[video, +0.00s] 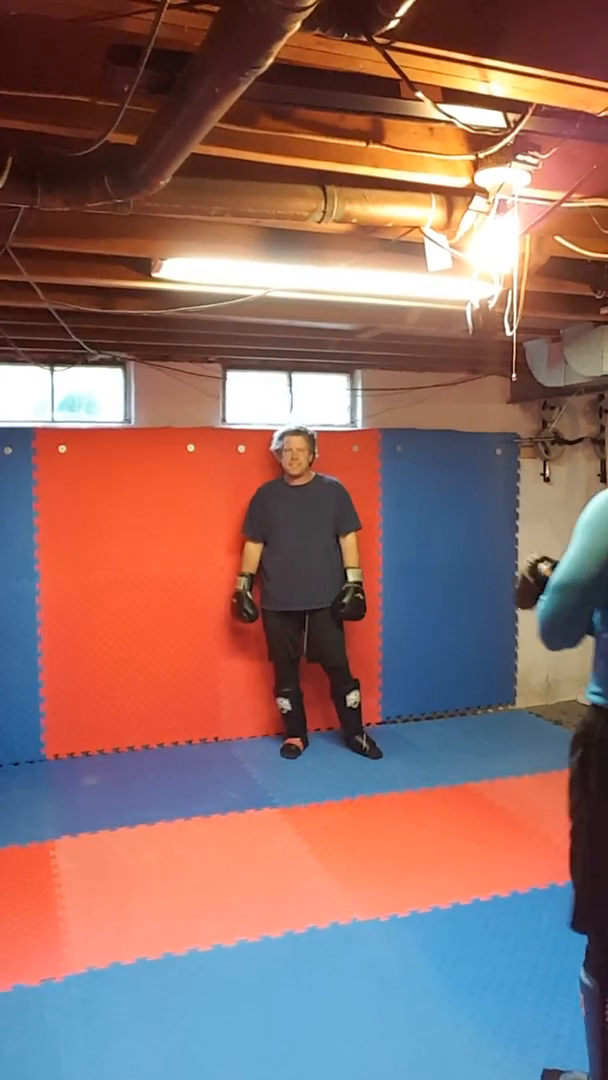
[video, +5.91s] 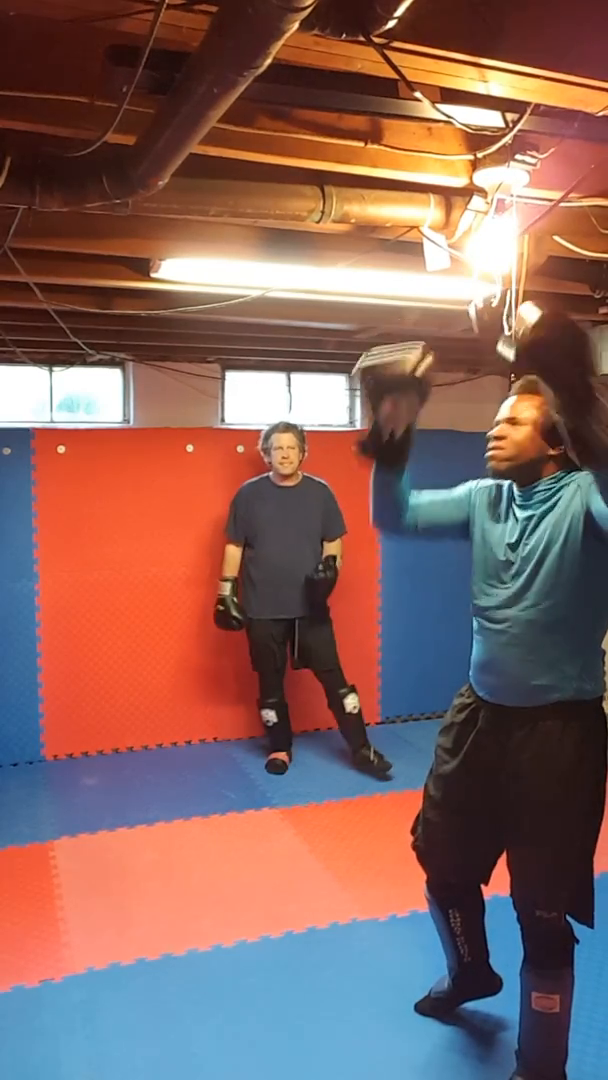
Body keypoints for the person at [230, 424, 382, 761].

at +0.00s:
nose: (292, 456)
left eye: (299, 451)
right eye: (287, 451)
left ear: (313, 455)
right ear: (280, 456)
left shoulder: (332, 491)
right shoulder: (266, 496)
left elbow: (348, 538)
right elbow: (254, 542)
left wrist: (354, 583)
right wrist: (243, 586)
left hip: (325, 598)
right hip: (279, 601)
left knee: (339, 668)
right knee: (285, 670)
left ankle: (355, 733)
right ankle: (294, 735)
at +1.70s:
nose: (345, 456)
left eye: (350, 450)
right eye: (338, 449)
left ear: (357, 454)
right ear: (326, 451)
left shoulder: (371, 490)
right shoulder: (304, 492)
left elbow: (384, 537)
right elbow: (293, 541)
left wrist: (395, 581)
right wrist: (287, 587)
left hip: (362, 598)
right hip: (316, 598)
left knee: (358, 667)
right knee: (308, 668)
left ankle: (354, 735)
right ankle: (298, 735)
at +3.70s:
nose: (365, 459)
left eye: (370, 453)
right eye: (358, 452)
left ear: (377, 456)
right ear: (344, 455)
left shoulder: (391, 492)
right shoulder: (325, 493)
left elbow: (404, 540)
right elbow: (313, 543)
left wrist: (411, 584)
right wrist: (307, 587)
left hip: (379, 598)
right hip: (338, 597)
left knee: (369, 668)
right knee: (342, 667)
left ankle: (358, 734)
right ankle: (332, 737)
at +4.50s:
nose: (321, 457)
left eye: (327, 451)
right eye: (314, 451)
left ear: (337, 454)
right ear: (304, 454)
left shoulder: (355, 491)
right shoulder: (287, 495)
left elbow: (371, 541)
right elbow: (275, 545)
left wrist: (383, 588)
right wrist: (265, 592)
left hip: (346, 603)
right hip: (297, 602)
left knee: (350, 672)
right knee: (290, 676)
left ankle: (353, 736)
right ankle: (282, 748)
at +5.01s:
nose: (282, 458)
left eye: (288, 451)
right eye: (276, 452)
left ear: (301, 453)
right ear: (267, 455)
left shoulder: (323, 491)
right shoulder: (252, 495)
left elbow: (337, 540)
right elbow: (240, 546)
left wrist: (342, 587)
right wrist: (230, 593)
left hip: (313, 601)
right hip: (266, 602)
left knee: (312, 674)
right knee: (272, 675)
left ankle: (317, 747)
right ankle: (279, 745)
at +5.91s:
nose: (285, 455)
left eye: (291, 448)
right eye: (278, 449)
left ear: (303, 453)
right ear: (266, 454)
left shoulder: (320, 492)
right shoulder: (248, 495)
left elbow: (332, 538)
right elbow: (234, 545)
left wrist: (328, 570)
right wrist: (226, 591)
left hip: (310, 603)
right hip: (262, 605)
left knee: (334, 676)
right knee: (270, 680)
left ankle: (361, 748)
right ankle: (279, 748)